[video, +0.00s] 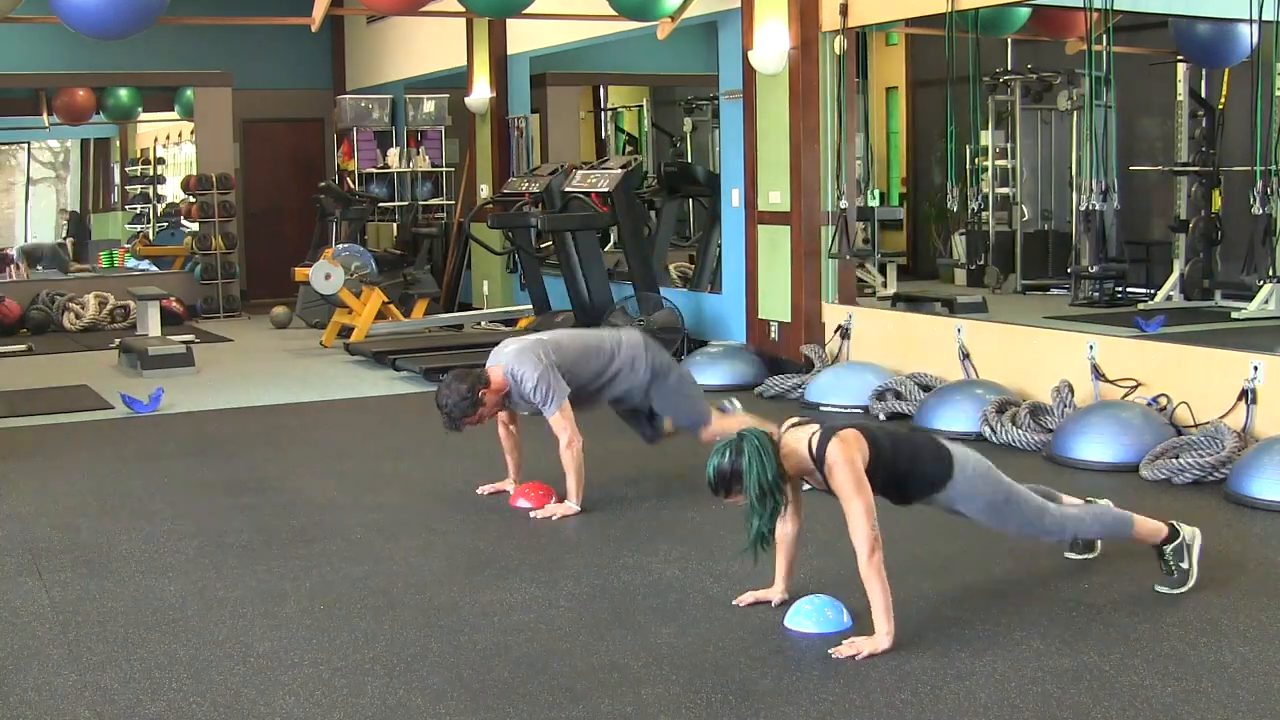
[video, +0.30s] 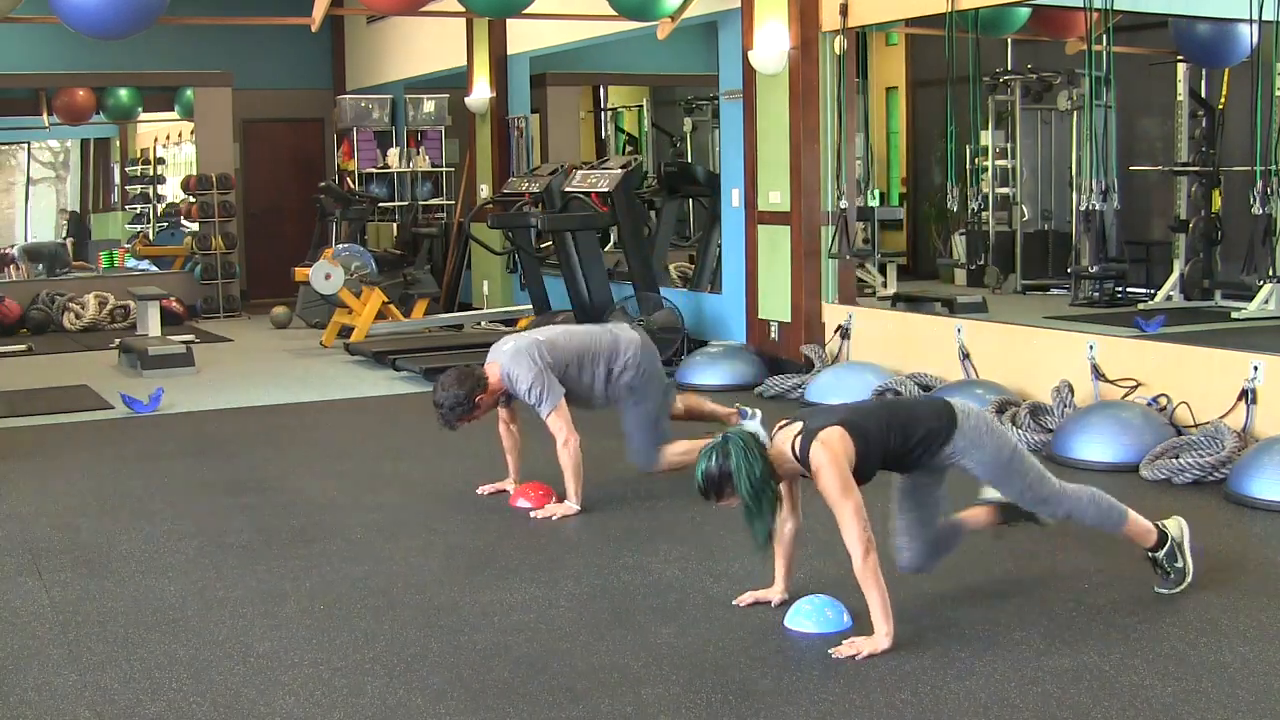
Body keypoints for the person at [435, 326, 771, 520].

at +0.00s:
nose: (487, 423)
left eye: (482, 418)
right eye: (481, 422)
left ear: (486, 396)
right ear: (480, 393)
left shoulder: (531, 371)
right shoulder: (494, 374)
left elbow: (570, 441)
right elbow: (507, 425)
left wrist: (574, 502)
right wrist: (514, 479)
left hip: (636, 356)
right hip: (610, 375)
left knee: (708, 428)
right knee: (657, 431)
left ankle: (782, 433)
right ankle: (725, 416)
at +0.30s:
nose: (477, 421)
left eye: (472, 418)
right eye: (471, 420)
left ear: (481, 399)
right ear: (478, 389)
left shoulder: (525, 371)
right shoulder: (496, 364)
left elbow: (567, 440)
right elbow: (508, 424)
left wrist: (574, 501)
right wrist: (513, 479)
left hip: (632, 358)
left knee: (649, 458)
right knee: (667, 404)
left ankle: (737, 445)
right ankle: (737, 415)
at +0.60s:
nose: (468, 413)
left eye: (463, 411)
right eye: (464, 411)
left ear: (470, 398)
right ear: (469, 385)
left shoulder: (519, 371)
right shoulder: (494, 362)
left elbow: (565, 439)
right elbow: (508, 424)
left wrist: (573, 503)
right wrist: (513, 480)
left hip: (621, 391)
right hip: (629, 372)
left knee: (553, 467)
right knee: (666, 434)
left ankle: (643, 464)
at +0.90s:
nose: (471, 418)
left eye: (465, 415)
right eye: (465, 417)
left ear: (472, 395)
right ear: (468, 386)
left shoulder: (518, 371)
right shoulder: (492, 367)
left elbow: (564, 438)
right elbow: (505, 424)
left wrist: (574, 501)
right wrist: (512, 478)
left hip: (621, 366)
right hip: (618, 352)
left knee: (597, 461)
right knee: (667, 414)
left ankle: (681, 433)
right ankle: (743, 423)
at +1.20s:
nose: (479, 415)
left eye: (475, 410)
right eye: (473, 414)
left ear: (482, 387)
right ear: (476, 383)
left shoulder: (531, 369)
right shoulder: (497, 368)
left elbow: (571, 440)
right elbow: (510, 424)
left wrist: (574, 502)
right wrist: (513, 479)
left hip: (635, 375)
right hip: (614, 382)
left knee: (693, 439)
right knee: (666, 427)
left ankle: (750, 445)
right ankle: (729, 422)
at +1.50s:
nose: (496, 418)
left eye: (490, 413)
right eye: (489, 417)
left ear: (491, 389)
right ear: (486, 386)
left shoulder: (537, 364)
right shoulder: (502, 367)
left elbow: (572, 437)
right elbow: (511, 422)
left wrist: (574, 502)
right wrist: (513, 479)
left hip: (644, 351)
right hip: (612, 374)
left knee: (715, 408)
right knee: (620, 444)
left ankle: (791, 433)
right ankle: (689, 418)